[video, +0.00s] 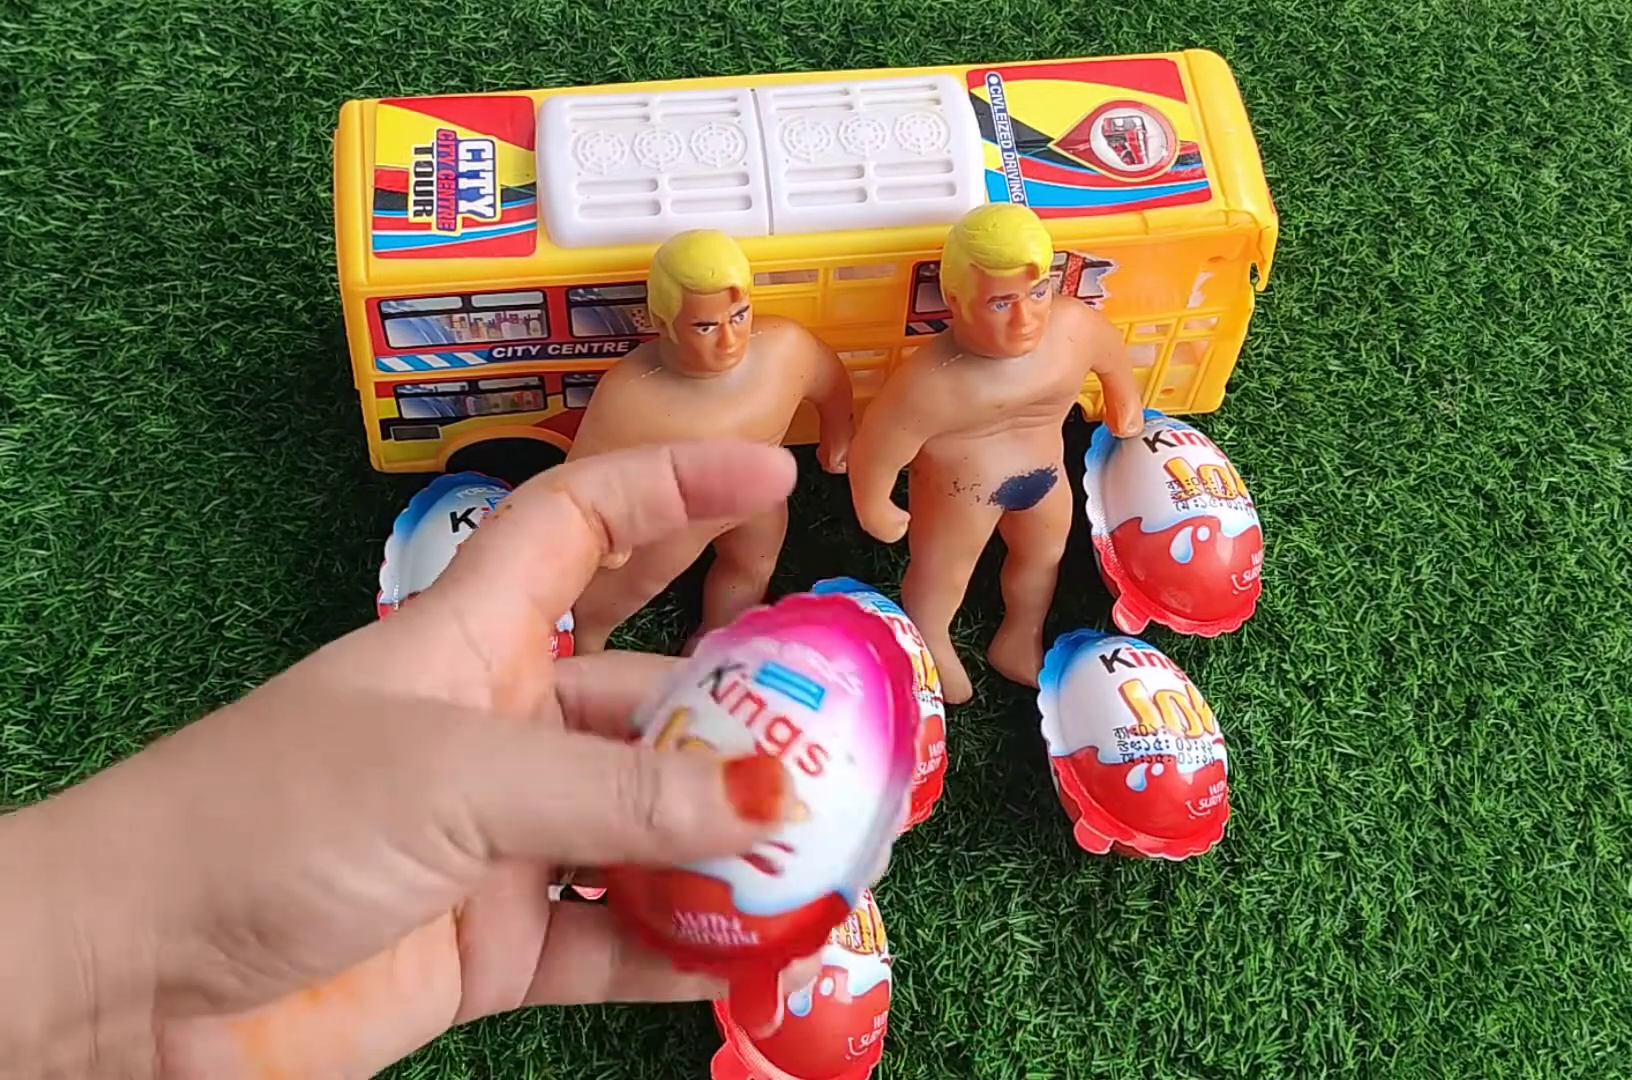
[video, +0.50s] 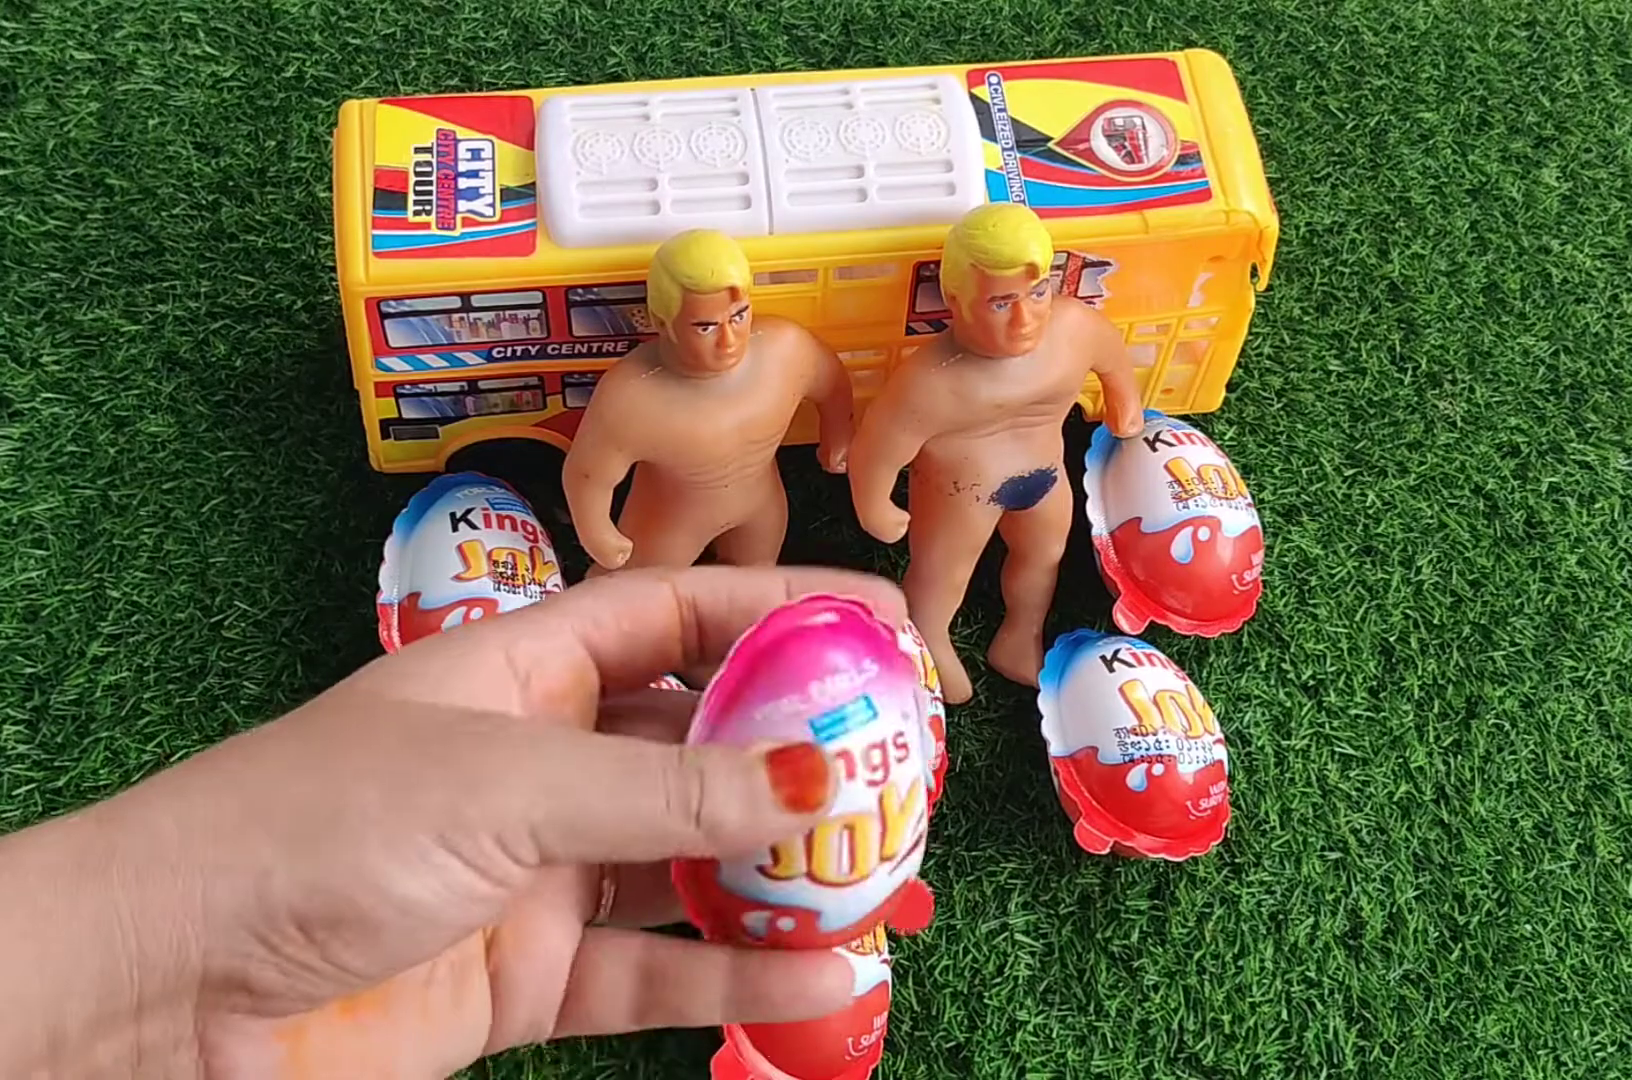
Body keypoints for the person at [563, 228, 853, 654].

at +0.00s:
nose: (729, 339)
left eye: (739, 316)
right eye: (705, 326)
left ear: (751, 303)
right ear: (663, 325)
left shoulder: (789, 350)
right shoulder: (627, 396)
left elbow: (834, 388)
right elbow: (579, 485)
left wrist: (837, 437)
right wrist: (599, 538)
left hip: (758, 501)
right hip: (669, 522)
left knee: (749, 576)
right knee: (629, 589)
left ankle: (718, 651)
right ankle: (585, 642)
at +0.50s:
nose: (729, 339)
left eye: (738, 316)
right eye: (705, 326)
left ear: (750, 303)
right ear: (662, 325)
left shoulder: (787, 350)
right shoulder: (628, 398)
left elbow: (833, 386)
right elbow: (586, 478)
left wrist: (836, 442)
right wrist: (601, 542)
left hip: (758, 502)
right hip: (670, 515)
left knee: (756, 587)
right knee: (637, 597)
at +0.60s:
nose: (728, 339)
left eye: (739, 315)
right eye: (704, 327)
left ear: (749, 300)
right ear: (664, 324)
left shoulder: (786, 350)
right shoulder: (626, 398)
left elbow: (833, 388)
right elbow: (582, 485)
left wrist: (835, 443)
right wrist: (611, 557)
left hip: (760, 524)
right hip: (675, 547)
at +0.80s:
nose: (728, 338)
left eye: (737, 316)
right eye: (705, 325)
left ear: (749, 302)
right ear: (664, 321)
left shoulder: (788, 350)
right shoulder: (628, 395)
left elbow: (834, 389)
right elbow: (584, 479)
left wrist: (836, 448)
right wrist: (604, 543)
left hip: (757, 512)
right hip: (668, 529)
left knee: (751, 622)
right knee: (690, 641)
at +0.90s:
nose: (728, 339)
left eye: (739, 316)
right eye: (705, 326)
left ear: (750, 302)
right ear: (664, 322)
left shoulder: (789, 350)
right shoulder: (628, 397)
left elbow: (833, 387)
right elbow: (586, 477)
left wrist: (837, 441)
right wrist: (597, 536)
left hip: (758, 501)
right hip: (670, 515)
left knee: (750, 580)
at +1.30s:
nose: (727, 339)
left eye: (738, 316)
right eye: (704, 325)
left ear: (750, 300)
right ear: (661, 321)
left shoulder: (786, 349)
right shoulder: (627, 394)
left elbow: (832, 387)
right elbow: (584, 477)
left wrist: (835, 440)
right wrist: (600, 543)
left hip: (766, 528)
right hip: (659, 545)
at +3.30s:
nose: (728, 340)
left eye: (738, 316)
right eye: (704, 326)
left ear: (749, 301)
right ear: (660, 321)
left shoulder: (786, 349)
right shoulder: (628, 395)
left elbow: (832, 385)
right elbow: (585, 479)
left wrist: (837, 441)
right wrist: (601, 553)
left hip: (766, 529)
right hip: (667, 546)